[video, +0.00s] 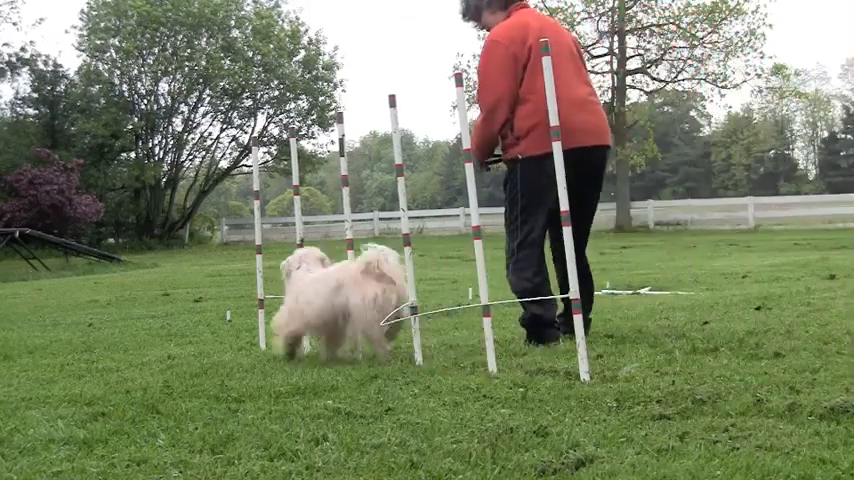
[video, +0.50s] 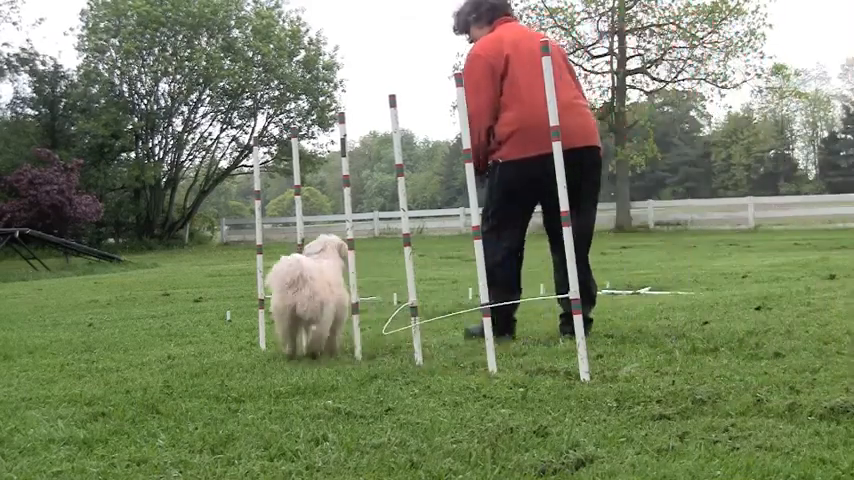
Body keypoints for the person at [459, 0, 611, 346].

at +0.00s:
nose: (483, 29)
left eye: (480, 20)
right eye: (477, 24)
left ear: (492, 6)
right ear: (514, 2)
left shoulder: (503, 37)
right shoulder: (561, 30)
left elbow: (495, 107)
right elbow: (575, 87)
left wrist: (479, 153)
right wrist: (519, 135)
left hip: (540, 145)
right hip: (593, 138)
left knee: (524, 243)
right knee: (571, 239)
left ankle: (542, 330)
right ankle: (578, 322)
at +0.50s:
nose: (470, 41)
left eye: (469, 33)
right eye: (467, 35)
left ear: (480, 21)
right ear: (506, 16)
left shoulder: (484, 51)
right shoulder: (549, 43)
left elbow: (479, 117)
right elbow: (575, 92)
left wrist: (479, 163)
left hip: (524, 150)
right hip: (582, 144)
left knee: (501, 235)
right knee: (572, 234)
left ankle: (499, 322)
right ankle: (577, 319)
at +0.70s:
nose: (444, 54)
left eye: (444, 46)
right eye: (442, 48)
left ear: (457, 35)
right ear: (480, 31)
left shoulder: (456, 65)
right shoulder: (521, 55)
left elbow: (449, 134)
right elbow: (552, 104)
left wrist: (450, 186)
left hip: (501, 160)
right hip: (557, 152)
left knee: (472, 245)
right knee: (558, 240)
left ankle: (441, 320)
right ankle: (574, 318)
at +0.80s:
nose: (424, 64)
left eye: (424, 57)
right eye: (421, 59)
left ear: (435, 46)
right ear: (459, 42)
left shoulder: (433, 81)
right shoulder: (499, 62)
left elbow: (427, 144)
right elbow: (535, 107)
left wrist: (429, 200)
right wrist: (544, 147)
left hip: (481, 165)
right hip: (536, 153)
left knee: (460, 251)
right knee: (550, 239)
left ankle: (436, 325)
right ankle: (573, 316)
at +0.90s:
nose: (399, 75)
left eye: (400, 68)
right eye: (397, 69)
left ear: (411, 59)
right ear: (434, 54)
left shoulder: (409, 90)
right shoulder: (474, 71)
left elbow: (391, 160)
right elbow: (511, 113)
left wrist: (367, 202)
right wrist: (533, 154)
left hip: (459, 169)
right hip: (517, 155)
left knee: (440, 248)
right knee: (541, 238)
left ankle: (430, 328)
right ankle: (569, 318)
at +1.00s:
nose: (379, 83)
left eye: (378, 76)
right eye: (377, 77)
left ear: (388, 68)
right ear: (414, 61)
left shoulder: (389, 96)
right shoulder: (454, 76)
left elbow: (361, 145)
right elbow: (493, 111)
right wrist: (520, 153)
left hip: (446, 166)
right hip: (503, 152)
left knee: (431, 247)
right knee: (529, 239)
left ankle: (429, 326)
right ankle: (566, 309)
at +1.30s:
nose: (359, 74)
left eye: (359, 68)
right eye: (357, 69)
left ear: (368, 59)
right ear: (394, 52)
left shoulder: (368, 82)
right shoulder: (430, 67)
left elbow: (361, 153)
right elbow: (460, 101)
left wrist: (342, 150)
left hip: (429, 152)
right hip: (481, 141)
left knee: (427, 241)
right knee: (486, 230)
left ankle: (430, 324)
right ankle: (525, 289)